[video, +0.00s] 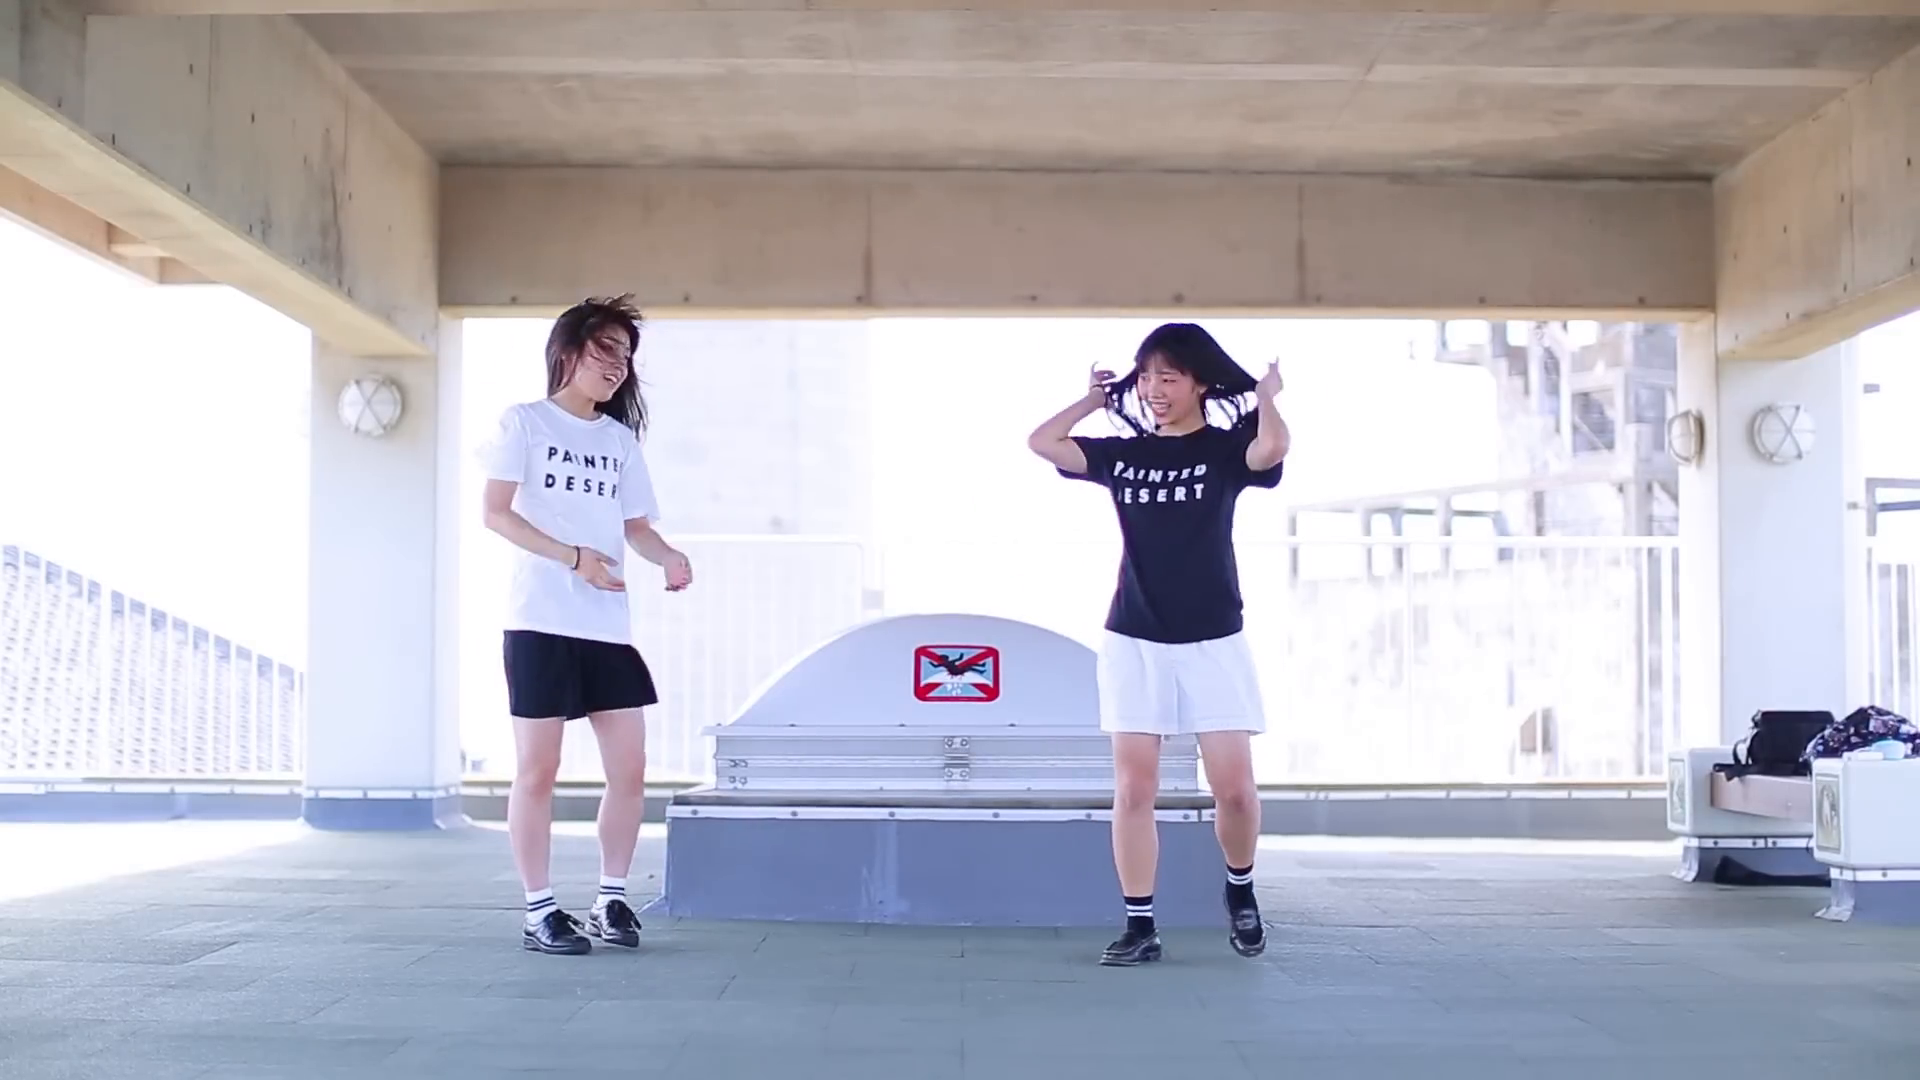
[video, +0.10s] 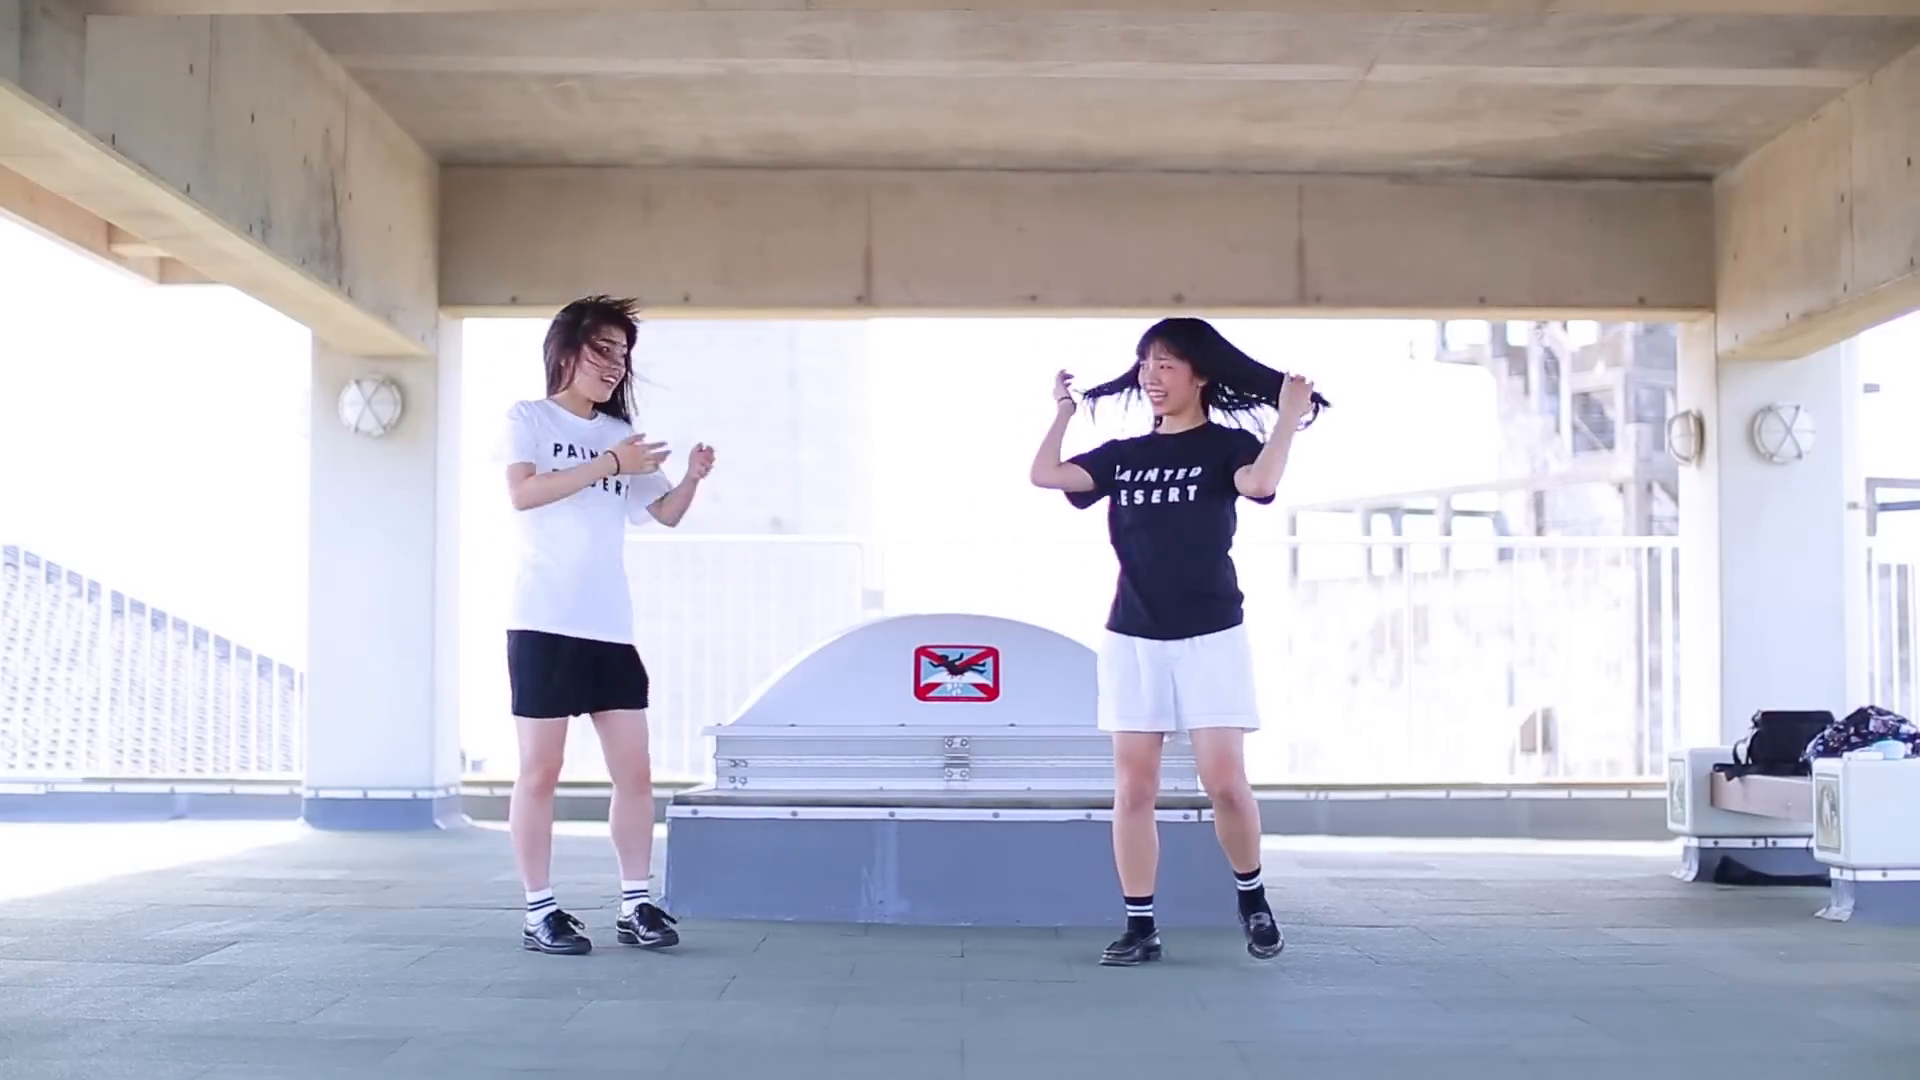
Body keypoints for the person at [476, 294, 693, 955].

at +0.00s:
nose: (616, 365)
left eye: (625, 357)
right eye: (605, 348)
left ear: (629, 369)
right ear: (568, 350)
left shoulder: (622, 442)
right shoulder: (523, 421)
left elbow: (637, 526)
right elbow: (495, 513)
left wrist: (667, 556)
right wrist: (572, 555)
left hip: (608, 626)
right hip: (539, 623)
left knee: (629, 769)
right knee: (538, 772)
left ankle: (614, 898)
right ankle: (540, 910)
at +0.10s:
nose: (613, 364)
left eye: (622, 355)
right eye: (601, 351)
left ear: (626, 362)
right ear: (567, 349)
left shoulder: (622, 437)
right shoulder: (528, 418)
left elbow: (666, 513)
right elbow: (522, 493)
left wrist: (690, 478)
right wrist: (611, 465)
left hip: (609, 623)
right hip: (542, 622)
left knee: (634, 772)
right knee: (540, 774)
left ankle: (636, 903)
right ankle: (540, 910)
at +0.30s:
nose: (619, 362)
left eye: (625, 353)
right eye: (605, 351)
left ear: (634, 361)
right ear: (574, 357)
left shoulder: (646, 426)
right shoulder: (544, 417)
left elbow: (715, 427)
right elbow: (565, 421)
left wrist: (682, 353)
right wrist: (606, 349)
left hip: (632, 625)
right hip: (560, 624)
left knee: (642, 776)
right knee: (551, 774)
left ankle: (654, 907)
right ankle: (542, 911)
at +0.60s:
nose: (643, 361)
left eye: (650, 352)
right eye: (631, 351)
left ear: (657, 359)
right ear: (599, 355)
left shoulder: (675, 415)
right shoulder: (573, 418)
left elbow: (738, 386)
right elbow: (557, 389)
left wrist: (686, 327)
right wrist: (599, 326)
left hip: (664, 619)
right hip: (590, 620)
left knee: (658, 774)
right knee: (569, 774)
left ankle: (659, 907)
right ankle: (543, 910)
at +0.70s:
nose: (650, 359)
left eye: (656, 350)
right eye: (636, 350)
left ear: (663, 358)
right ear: (604, 356)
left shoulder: (681, 417)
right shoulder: (580, 419)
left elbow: (748, 389)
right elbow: (556, 390)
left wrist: (694, 329)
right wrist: (606, 331)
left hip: (672, 619)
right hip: (598, 620)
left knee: (663, 775)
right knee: (575, 773)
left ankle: (658, 906)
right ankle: (545, 909)